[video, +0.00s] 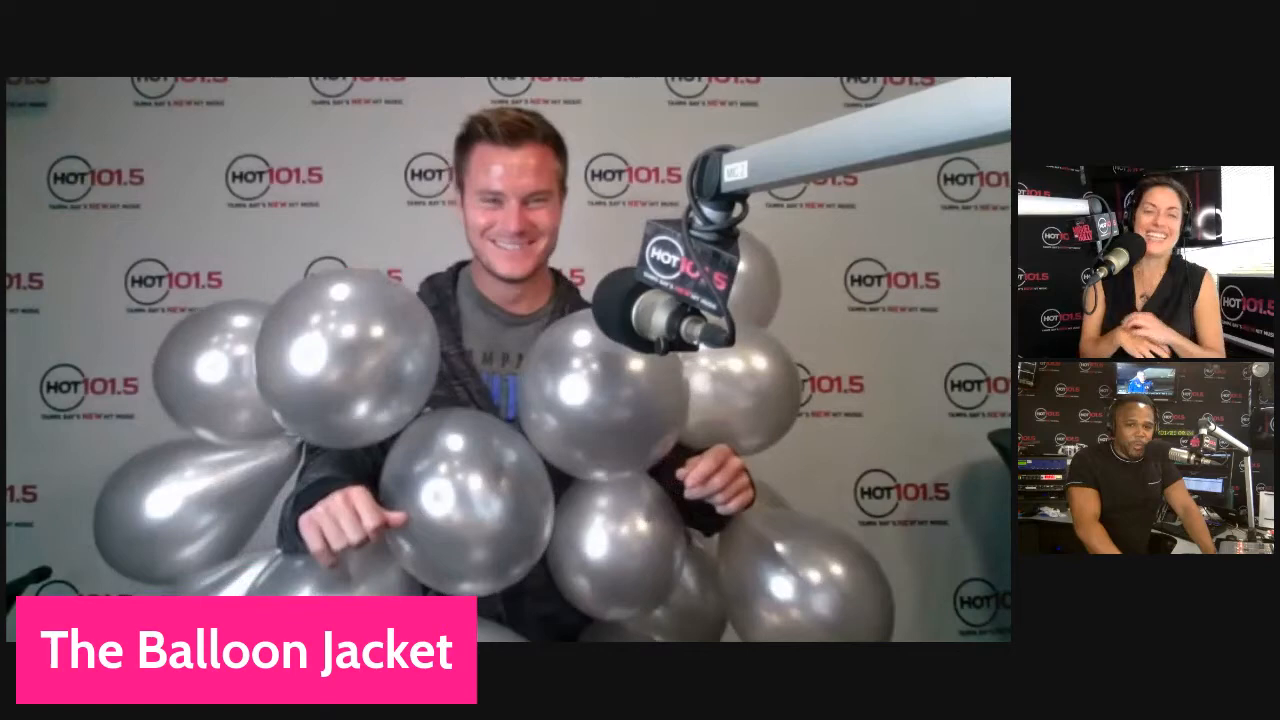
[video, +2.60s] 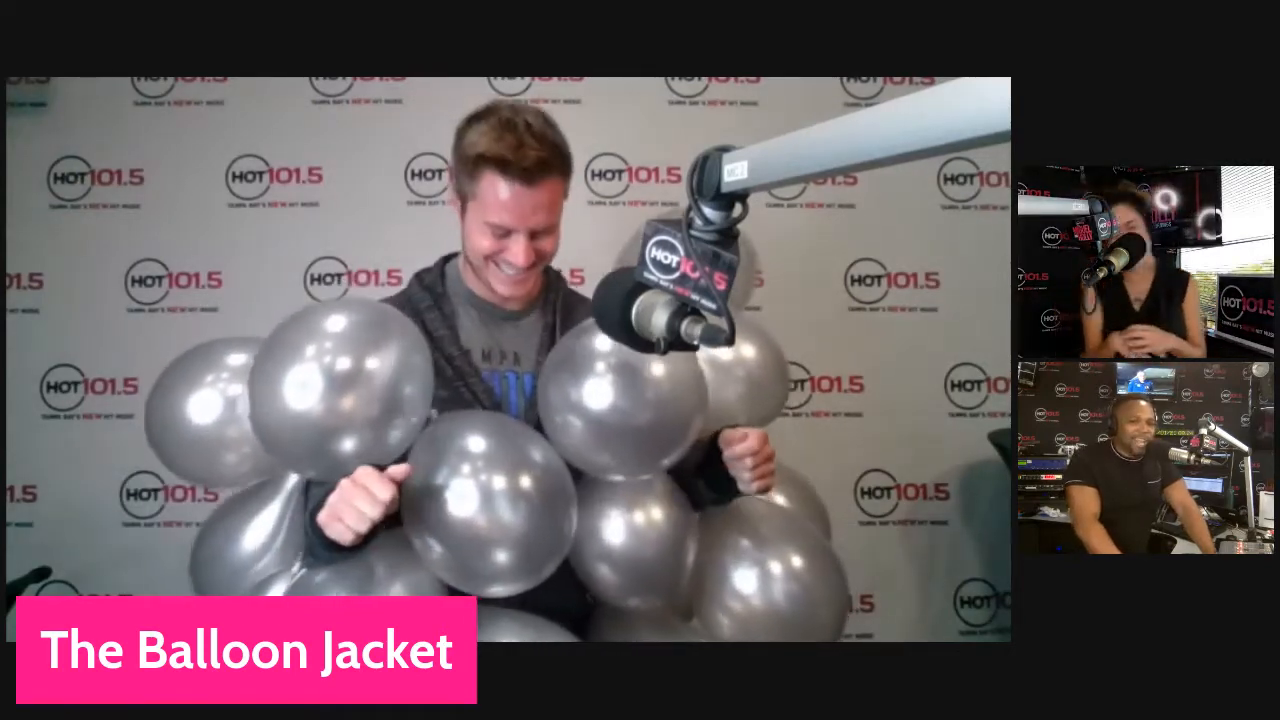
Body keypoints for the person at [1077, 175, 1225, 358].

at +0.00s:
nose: (1159, 222)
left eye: (1172, 214)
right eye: (1149, 210)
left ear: (1182, 225)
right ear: (1133, 217)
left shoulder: (1199, 281)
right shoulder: (1103, 280)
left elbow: (1217, 358)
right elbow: (1086, 351)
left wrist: (1169, 335)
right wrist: (1117, 336)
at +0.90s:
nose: (1137, 225)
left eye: (1148, 215)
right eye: (1128, 217)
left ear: (1164, 225)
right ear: (1119, 226)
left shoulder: (1190, 284)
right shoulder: (1099, 286)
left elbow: (1209, 358)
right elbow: (1088, 356)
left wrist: (1178, 335)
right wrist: (1107, 326)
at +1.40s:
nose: (1115, 230)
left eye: (1123, 221)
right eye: (1106, 223)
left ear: (1141, 226)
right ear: (1098, 231)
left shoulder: (1170, 283)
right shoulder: (1082, 282)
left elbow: (1183, 354)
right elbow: (1073, 354)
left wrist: (1154, 333)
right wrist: (1095, 330)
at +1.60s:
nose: (1101, 230)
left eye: (1107, 220)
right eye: (1096, 221)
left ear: (1128, 223)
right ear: (1088, 225)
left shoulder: (1160, 281)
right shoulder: (1077, 282)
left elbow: (1178, 353)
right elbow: (1066, 354)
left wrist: (1153, 333)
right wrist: (1090, 330)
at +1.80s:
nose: (1087, 244)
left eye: (1096, 232)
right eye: (1080, 233)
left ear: (1115, 234)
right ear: (1074, 238)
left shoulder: (1155, 285)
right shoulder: (1070, 287)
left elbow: (1168, 353)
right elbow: (1064, 353)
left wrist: (1137, 334)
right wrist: (1096, 337)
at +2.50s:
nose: (1109, 239)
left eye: (1116, 229)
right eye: (1102, 230)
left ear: (1135, 227)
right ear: (1093, 236)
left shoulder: (1171, 281)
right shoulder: (1087, 287)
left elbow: (1188, 352)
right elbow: (1083, 356)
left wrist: (1156, 341)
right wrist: (1108, 345)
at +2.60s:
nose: (1124, 237)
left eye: (1131, 226)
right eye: (1114, 230)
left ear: (1148, 228)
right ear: (1104, 240)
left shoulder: (1182, 283)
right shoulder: (1097, 286)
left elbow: (1199, 353)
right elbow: (1091, 357)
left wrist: (1171, 342)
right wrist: (1111, 343)